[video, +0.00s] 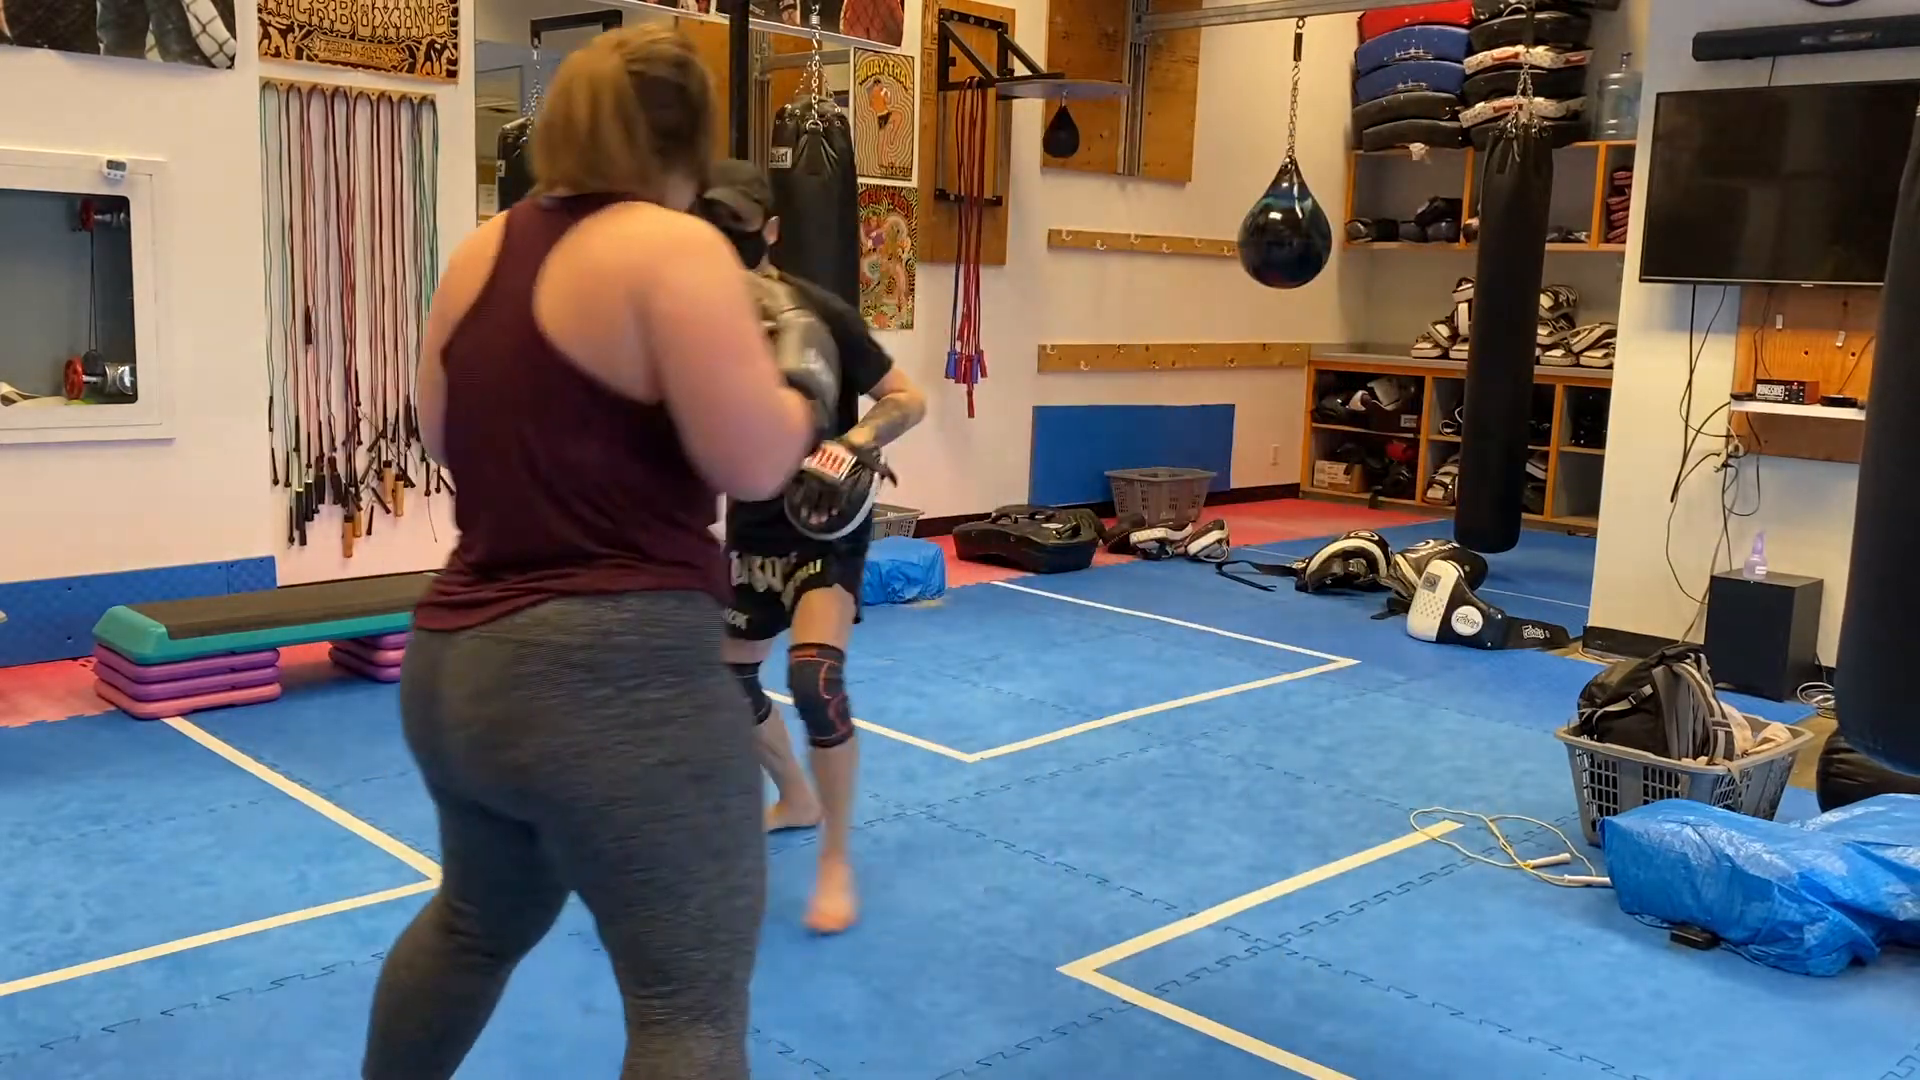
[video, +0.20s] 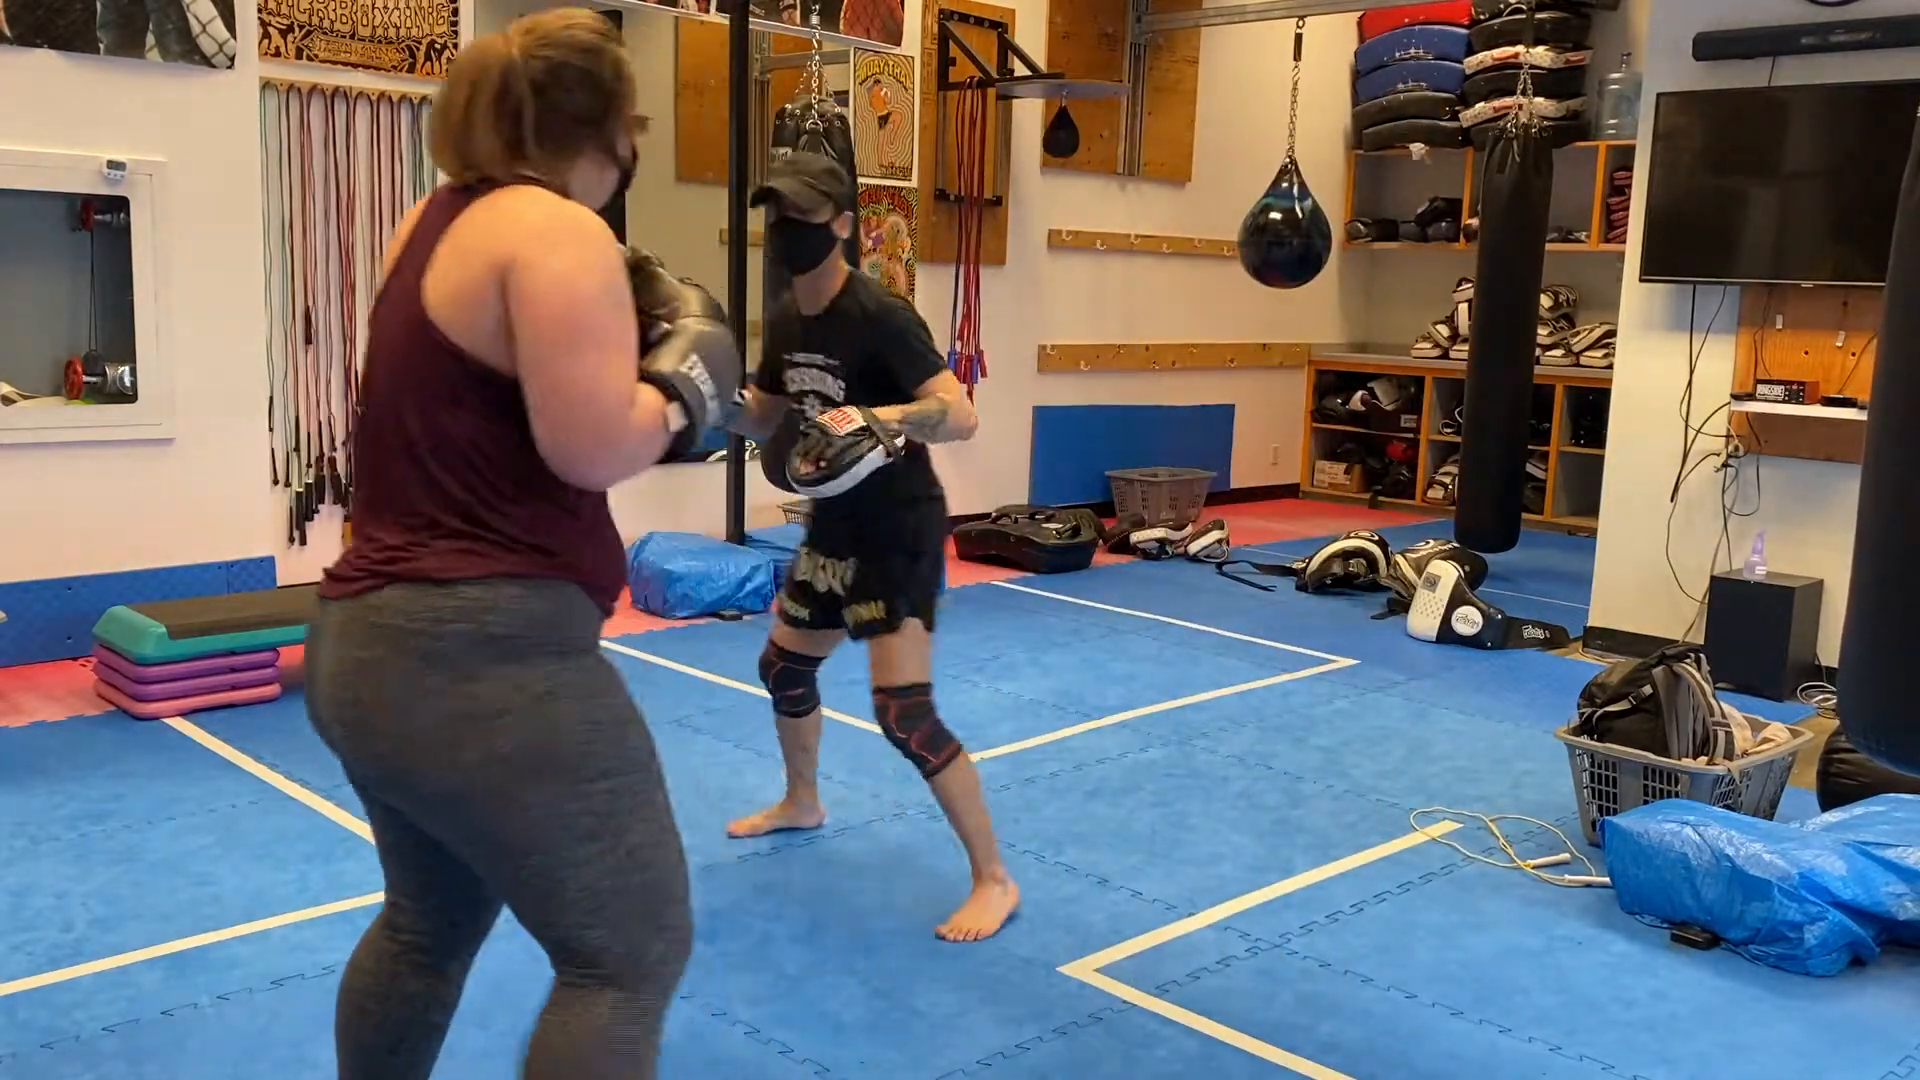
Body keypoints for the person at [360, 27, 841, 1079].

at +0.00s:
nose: (713, 149)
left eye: (706, 132)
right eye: (707, 132)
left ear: (566, 125)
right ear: (685, 136)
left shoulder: (481, 248)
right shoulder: (674, 248)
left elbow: (443, 432)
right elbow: (756, 463)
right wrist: (801, 366)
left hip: (461, 653)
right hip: (620, 671)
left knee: (477, 918)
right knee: (689, 1009)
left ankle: (391, 1071)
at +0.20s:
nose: (627, 158)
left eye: (626, 136)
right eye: (622, 136)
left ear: (491, 118)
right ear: (583, 129)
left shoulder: (429, 221)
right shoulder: (559, 234)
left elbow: (480, 399)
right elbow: (594, 447)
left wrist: (613, 328)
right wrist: (684, 386)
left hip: (368, 632)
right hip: (487, 650)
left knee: (427, 923)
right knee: (625, 957)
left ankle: (372, 1074)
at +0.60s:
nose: (552, 125)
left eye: (553, 102)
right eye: (541, 101)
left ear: (417, 99)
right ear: (493, 103)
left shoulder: (340, 228)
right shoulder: (502, 222)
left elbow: (444, 387)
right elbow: (636, 416)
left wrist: (574, 284)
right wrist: (672, 313)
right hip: (435, 654)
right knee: (410, 1008)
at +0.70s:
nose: (554, 128)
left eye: (555, 105)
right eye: (544, 104)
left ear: (418, 104)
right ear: (501, 109)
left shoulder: (339, 228)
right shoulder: (498, 230)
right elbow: (634, 422)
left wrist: (570, 274)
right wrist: (664, 305)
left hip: (330, 611)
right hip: (440, 642)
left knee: (408, 890)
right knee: (405, 999)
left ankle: (427, 1045)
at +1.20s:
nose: (598, 151)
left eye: (595, 132)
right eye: (588, 132)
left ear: (521, 138)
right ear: (547, 140)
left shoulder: (522, 246)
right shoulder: (449, 240)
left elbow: (520, 388)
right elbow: (477, 427)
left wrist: (622, 330)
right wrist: (585, 338)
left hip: (477, 574)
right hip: (370, 575)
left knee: (531, 752)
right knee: (445, 843)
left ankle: (457, 951)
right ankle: (338, 1054)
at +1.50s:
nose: (562, 210)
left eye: (564, 194)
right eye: (550, 192)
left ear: (531, 193)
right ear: (499, 186)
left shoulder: (527, 281)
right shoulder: (405, 272)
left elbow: (549, 375)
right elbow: (386, 408)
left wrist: (622, 327)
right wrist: (508, 337)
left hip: (508, 568)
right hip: (416, 570)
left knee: (523, 728)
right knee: (442, 820)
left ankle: (476, 880)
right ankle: (340, 1055)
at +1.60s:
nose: (545, 205)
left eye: (548, 189)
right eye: (536, 186)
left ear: (482, 176)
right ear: (489, 175)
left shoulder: (484, 251)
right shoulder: (443, 249)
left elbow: (532, 361)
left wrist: (587, 307)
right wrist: (604, 308)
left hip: (493, 534)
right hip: (440, 540)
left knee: (526, 695)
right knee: (455, 777)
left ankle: (475, 878)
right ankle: (364, 1028)